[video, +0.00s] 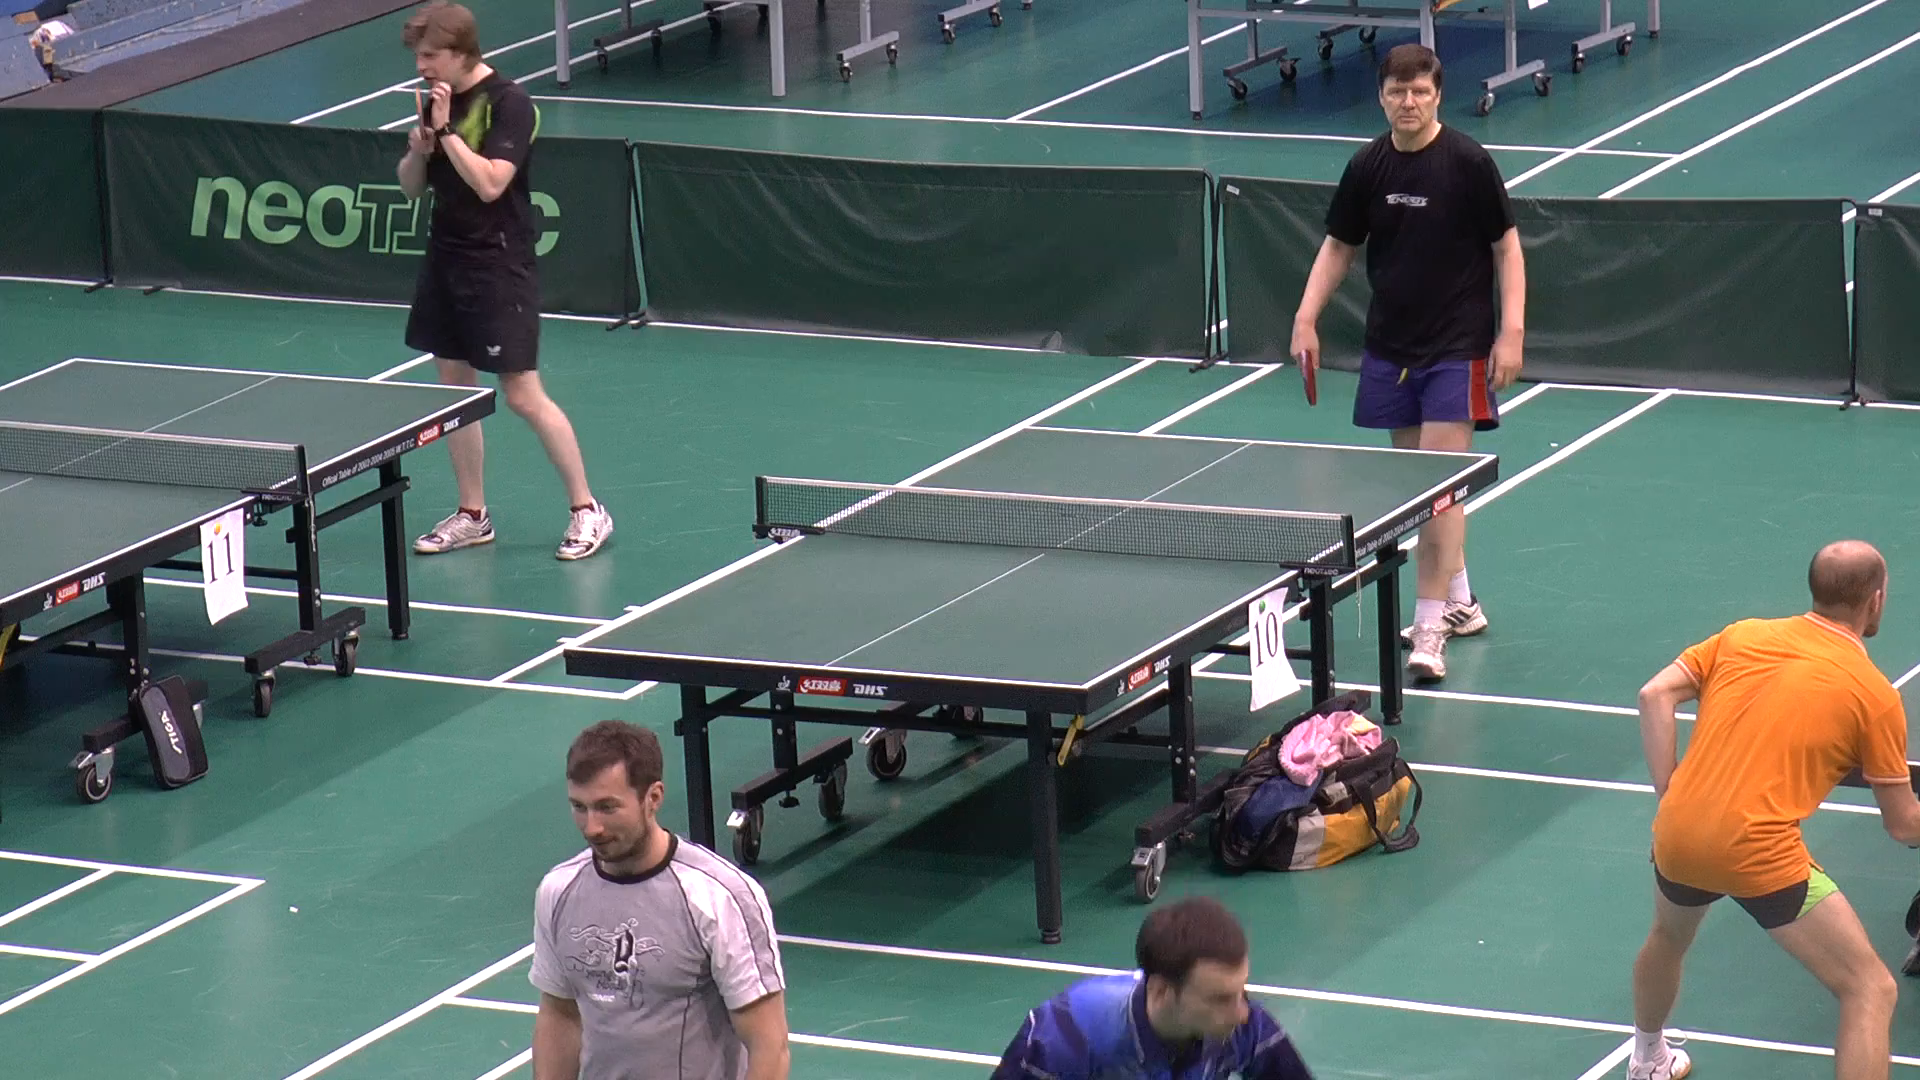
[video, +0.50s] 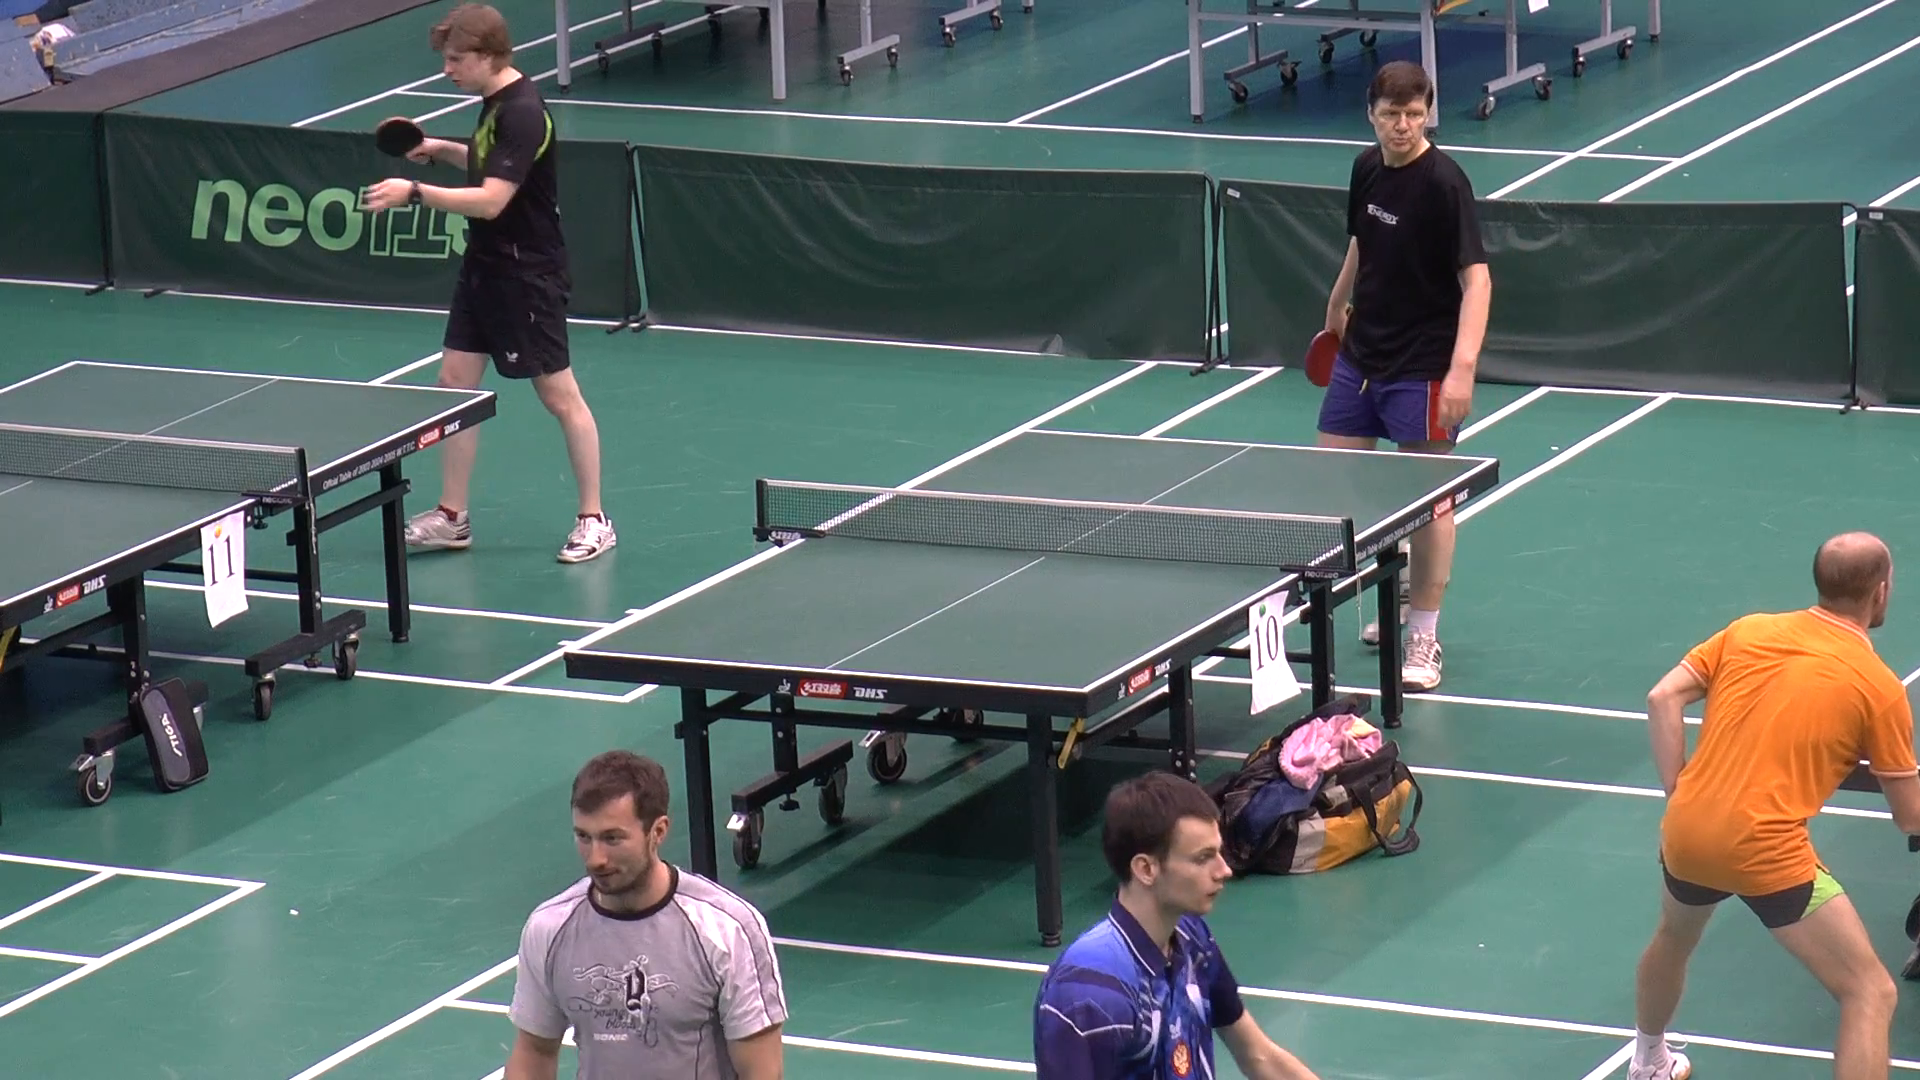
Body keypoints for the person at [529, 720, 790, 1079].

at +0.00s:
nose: (591, 828)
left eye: (608, 807)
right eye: (579, 807)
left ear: (652, 798)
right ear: (570, 799)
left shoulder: (726, 898)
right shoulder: (558, 893)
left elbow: (770, 1049)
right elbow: (559, 1015)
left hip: (704, 1072)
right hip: (602, 1073)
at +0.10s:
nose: (598, 833)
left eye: (615, 812)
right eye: (586, 812)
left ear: (661, 803)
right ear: (577, 805)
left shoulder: (733, 903)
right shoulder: (563, 898)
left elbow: (774, 1053)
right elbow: (563, 1019)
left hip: (708, 1072)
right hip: (605, 1073)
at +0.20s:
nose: (602, 838)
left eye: (619, 817)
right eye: (590, 817)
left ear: (664, 808)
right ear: (581, 809)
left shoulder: (735, 909)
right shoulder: (563, 904)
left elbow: (773, 1059)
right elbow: (562, 1024)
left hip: (705, 1074)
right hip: (601, 1074)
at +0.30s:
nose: (602, 846)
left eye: (619, 825)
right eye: (590, 825)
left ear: (664, 818)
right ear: (581, 818)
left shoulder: (734, 919)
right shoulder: (560, 911)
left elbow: (767, 1067)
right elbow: (556, 1031)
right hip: (598, 1074)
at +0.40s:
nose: (598, 853)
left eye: (615, 833)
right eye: (587, 832)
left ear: (660, 826)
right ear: (577, 825)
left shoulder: (730, 927)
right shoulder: (552, 922)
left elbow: (760, 1072)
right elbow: (545, 1040)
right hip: (596, 1074)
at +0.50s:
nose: (595, 859)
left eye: (613, 838)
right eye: (583, 837)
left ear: (658, 833)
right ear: (574, 830)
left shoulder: (732, 930)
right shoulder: (548, 930)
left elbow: (761, 1073)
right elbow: (535, 1050)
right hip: (597, 1072)